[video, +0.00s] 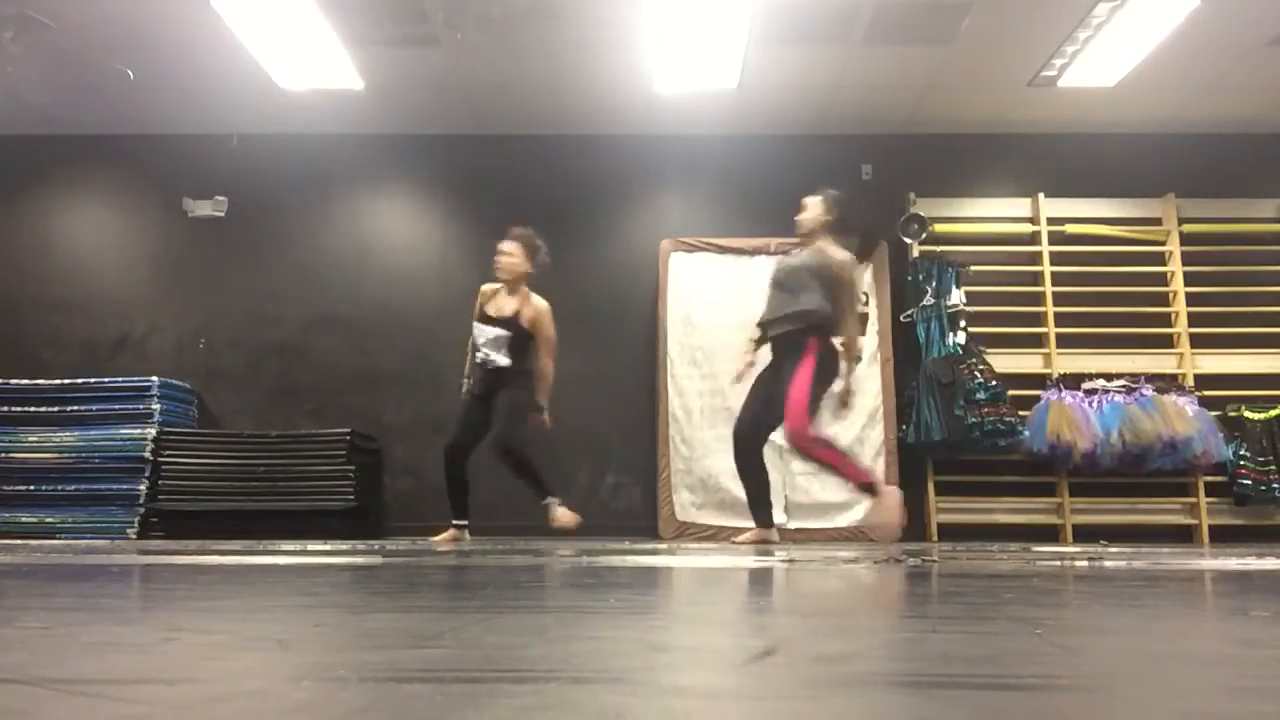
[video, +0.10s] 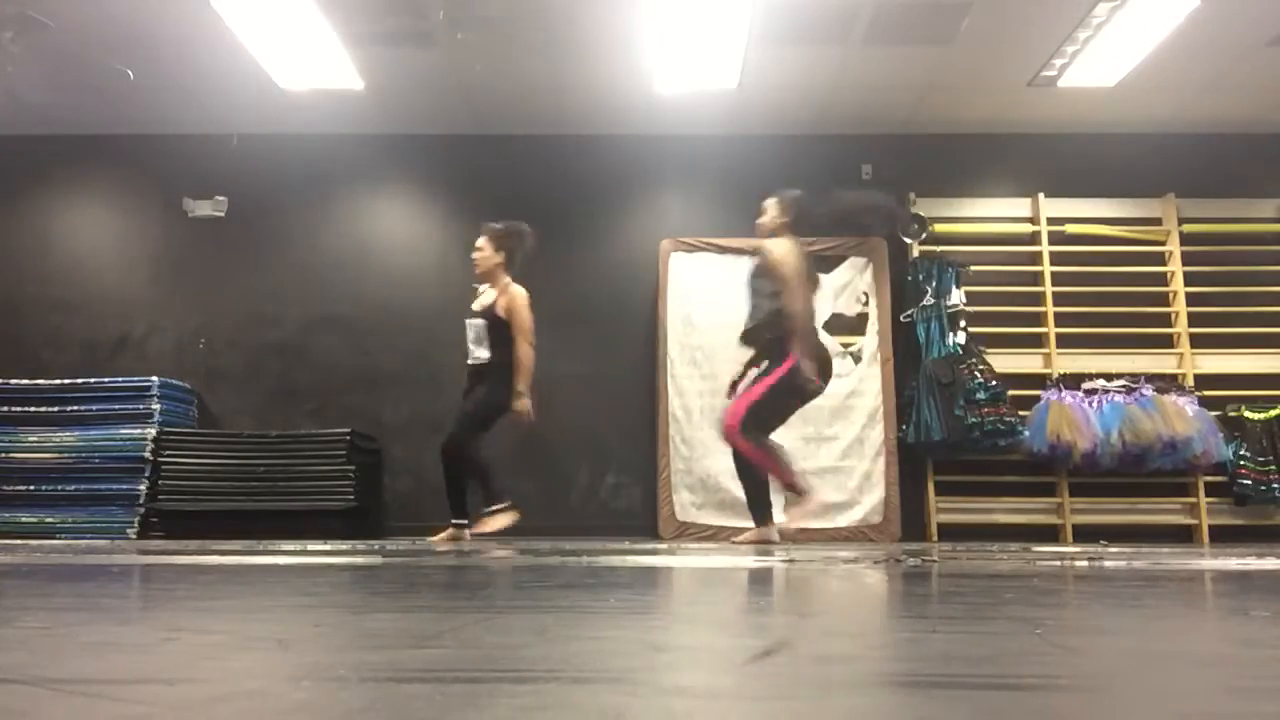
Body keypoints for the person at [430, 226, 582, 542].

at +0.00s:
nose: (499, 259)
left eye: (508, 255)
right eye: (498, 253)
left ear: (528, 265)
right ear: (496, 259)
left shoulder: (537, 308)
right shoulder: (486, 293)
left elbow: (545, 359)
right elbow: (475, 339)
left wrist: (542, 403)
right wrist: (467, 377)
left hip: (516, 386)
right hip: (483, 386)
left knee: (504, 443)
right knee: (456, 448)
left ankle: (552, 505)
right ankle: (459, 526)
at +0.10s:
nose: (473, 256)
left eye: (480, 250)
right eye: (474, 250)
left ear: (501, 256)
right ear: (489, 256)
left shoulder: (515, 295)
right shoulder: (482, 293)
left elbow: (525, 344)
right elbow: (482, 342)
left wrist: (522, 391)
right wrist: (472, 381)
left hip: (498, 381)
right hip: (476, 379)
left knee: (460, 442)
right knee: (456, 446)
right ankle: (460, 524)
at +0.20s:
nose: (464, 258)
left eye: (470, 251)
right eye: (465, 251)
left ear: (489, 256)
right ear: (486, 257)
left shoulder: (500, 290)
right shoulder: (487, 291)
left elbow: (500, 339)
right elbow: (484, 341)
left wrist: (485, 382)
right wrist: (468, 380)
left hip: (476, 379)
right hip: (468, 377)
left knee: (442, 444)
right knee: (446, 447)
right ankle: (453, 523)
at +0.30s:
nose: (459, 260)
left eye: (464, 254)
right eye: (460, 254)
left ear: (484, 258)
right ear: (485, 259)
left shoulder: (484, 286)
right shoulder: (501, 291)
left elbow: (477, 330)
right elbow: (505, 345)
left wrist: (451, 372)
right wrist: (479, 372)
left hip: (469, 379)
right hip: (481, 382)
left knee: (432, 445)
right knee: (441, 447)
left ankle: (446, 523)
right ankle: (454, 522)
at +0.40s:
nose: (455, 260)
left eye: (461, 254)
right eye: (457, 253)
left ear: (480, 257)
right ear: (481, 258)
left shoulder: (476, 283)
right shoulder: (498, 289)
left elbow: (461, 328)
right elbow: (484, 342)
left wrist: (432, 361)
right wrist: (448, 361)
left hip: (468, 383)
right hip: (483, 384)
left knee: (422, 440)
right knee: (446, 448)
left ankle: (437, 517)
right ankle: (457, 523)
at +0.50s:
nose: (452, 261)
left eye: (458, 255)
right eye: (454, 254)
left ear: (476, 258)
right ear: (477, 260)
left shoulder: (476, 285)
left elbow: (464, 332)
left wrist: (424, 351)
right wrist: (447, 373)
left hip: (476, 384)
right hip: (484, 385)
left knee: (422, 435)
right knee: (445, 445)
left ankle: (456, 506)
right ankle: (454, 521)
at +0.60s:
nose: (450, 261)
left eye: (456, 254)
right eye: (452, 254)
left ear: (474, 258)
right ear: (471, 259)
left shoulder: (488, 289)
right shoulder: (474, 293)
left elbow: (480, 332)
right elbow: (465, 335)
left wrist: (452, 351)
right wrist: (445, 342)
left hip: (481, 383)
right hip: (465, 384)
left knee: (463, 447)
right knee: (437, 451)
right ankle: (457, 524)